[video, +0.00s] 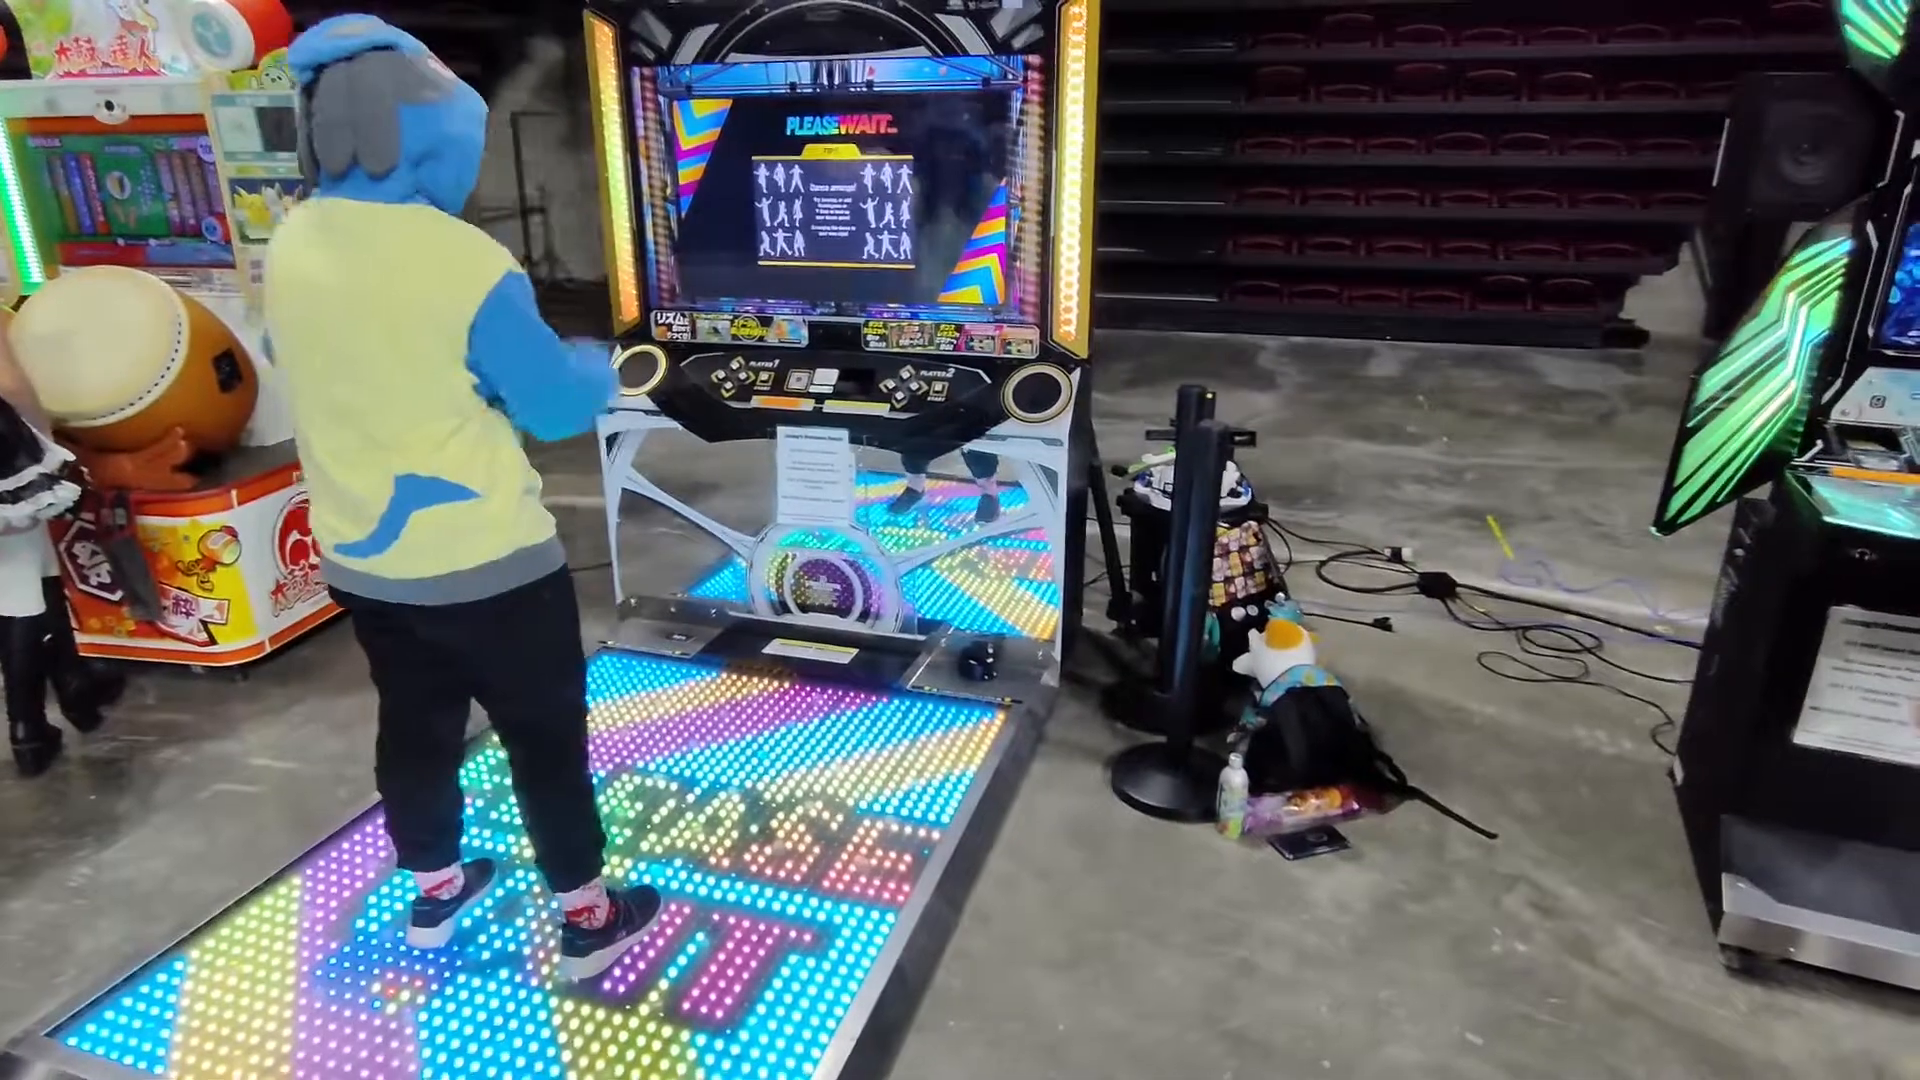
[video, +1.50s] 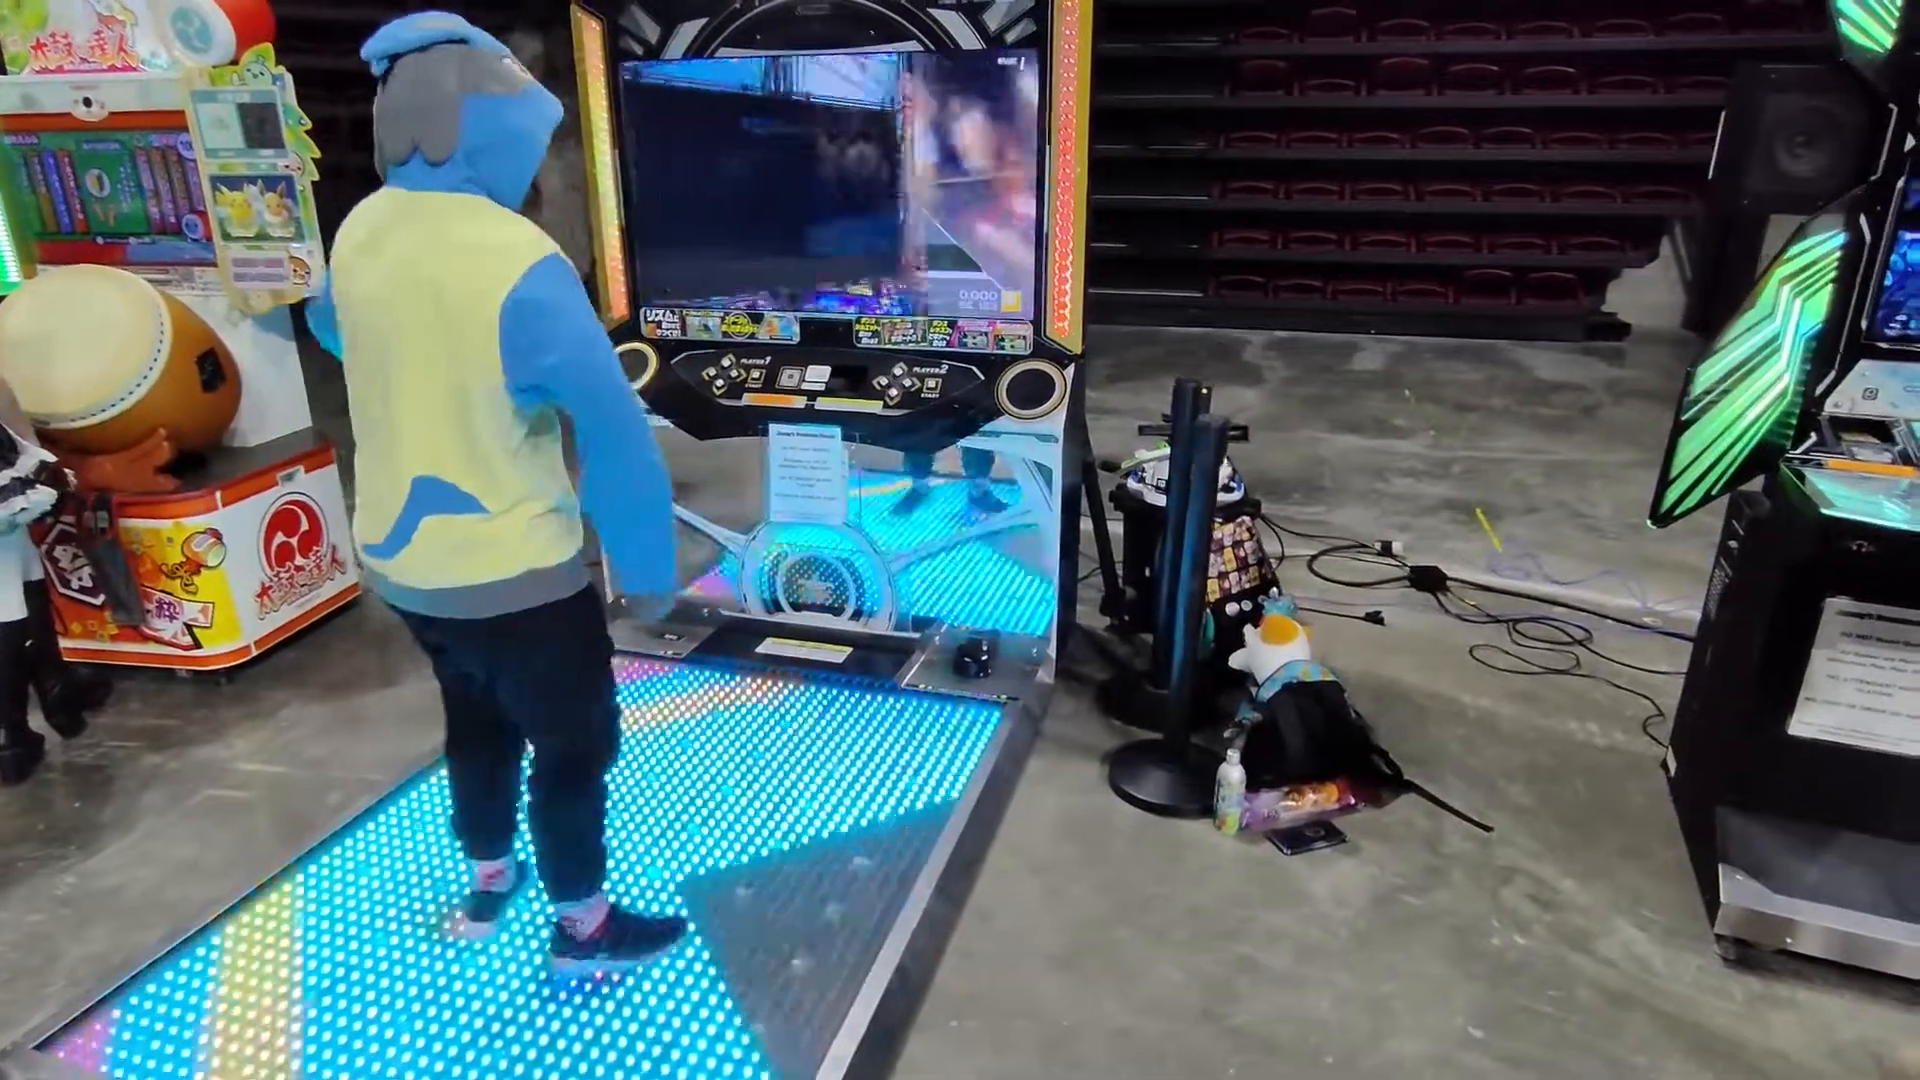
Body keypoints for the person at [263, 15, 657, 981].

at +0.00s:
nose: (465, 148)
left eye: (458, 127)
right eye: (454, 129)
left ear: (335, 138)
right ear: (422, 137)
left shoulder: (293, 246)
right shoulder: (466, 267)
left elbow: (341, 366)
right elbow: (552, 399)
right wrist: (604, 372)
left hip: (363, 568)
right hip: (490, 568)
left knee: (415, 719)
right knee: (546, 734)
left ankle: (432, 881)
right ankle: (583, 911)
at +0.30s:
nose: (545, 137)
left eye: (538, 117)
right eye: (530, 118)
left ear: (422, 131)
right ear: (488, 129)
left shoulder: (385, 229)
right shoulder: (531, 274)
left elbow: (385, 367)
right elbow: (593, 460)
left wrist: (312, 445)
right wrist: (638, 591)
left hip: (425, 572)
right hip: (536, 577)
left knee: (455, 713)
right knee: (574, 736)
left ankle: (445, 876)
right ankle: (595, 909)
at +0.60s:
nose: (559, 128)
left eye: (554, 109)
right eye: (544, 109)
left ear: (439, 125)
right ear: (500, 116)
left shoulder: (393, 241)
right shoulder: (548, 236)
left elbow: (416, 382)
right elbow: (670, 362)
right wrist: (737, 479)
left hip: (448, 558)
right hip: (564, 554)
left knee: (506, 692)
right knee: (600, 722)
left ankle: (474, 853)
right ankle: (605, 904)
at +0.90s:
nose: (561, 137)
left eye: (552, 117)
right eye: (548, 118)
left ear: (432, 129)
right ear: (520, 125)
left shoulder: (358, 242)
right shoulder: (560, 247)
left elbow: (310, 380)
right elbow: (697, 358)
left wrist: (333, 487)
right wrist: (860, 397)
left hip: (399, 554)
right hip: (540, 556)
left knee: (445, 710)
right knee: (623, 688)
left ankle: (457, 865)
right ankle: (580, 867)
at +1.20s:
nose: (558, 140)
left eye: (547, 118)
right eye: (545, 119)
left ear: (430, 128)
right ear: (523, 128)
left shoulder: (353, 224)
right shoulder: (554, 255)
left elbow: (277, 292)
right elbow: (638, 434)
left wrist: (378, 299)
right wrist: (705, 561)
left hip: (416, 566)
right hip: (551, 567)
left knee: (458, 703)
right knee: (593, 711)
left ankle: (458, 857)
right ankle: (599, 891)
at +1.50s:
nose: (530, 145)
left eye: (525, 124)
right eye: (515, 125)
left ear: (414, 134)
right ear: (471, 130)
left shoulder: (362, 232)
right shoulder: (520, 264)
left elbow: (337, 335)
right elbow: (615, 429)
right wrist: (648, 568)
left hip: (408, 567)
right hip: (521, 574)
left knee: (478, 718)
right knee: (575, 743)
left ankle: (489, 872)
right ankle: (581, 920)